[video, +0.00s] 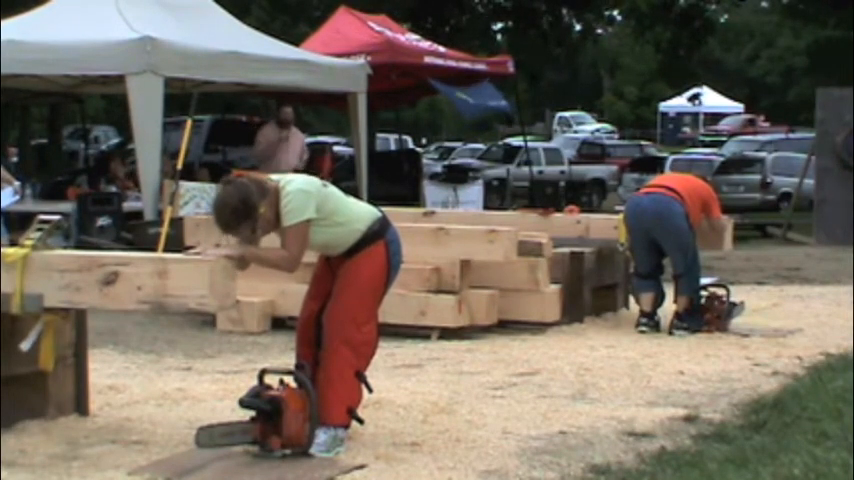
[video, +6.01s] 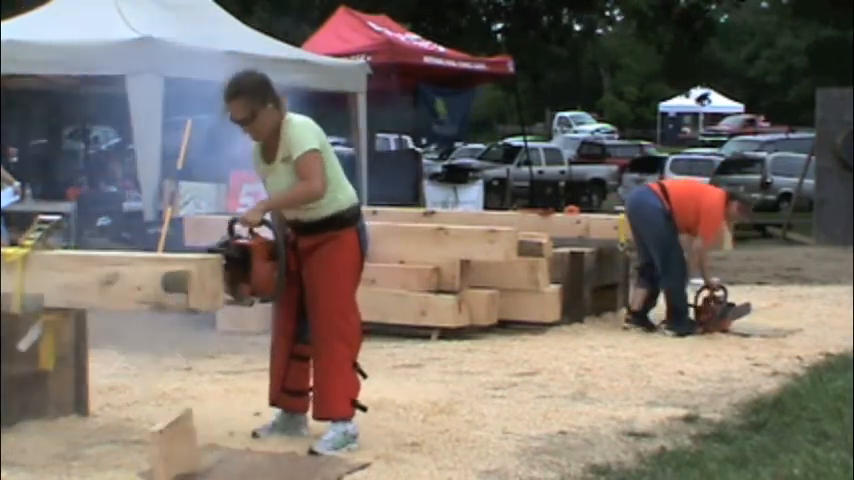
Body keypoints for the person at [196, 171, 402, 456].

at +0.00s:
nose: (257, 233)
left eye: (256, 228)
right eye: (249, 232)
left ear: (262, 206)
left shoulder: (297, 194)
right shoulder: (263, 194)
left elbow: (290, 261)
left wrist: (242, 253)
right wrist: (230, 252)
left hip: (372, 246)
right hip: (337, 252)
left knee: (340, 325)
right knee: (310, 321)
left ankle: (334, 426)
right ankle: (309, 412)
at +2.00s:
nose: (231, 241)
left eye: (230, 231)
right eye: (226, 235)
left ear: (246, 214)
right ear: (247, 215)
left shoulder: (284, 222)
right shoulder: (274, 227)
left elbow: (298, 296)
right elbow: (295, 296)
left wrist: (287, 359)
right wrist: (304, 351)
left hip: (383, 248)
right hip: (364, 252)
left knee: (334, 331)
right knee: (325, 328)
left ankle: (339, 428)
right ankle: (348, 410)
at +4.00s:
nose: (277, 106)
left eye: (281, 96)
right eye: (271, 99)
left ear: (304, 85)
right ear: (270, 95)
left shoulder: (329, 110)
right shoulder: (282, 126)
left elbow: (338, 158)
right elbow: (279, 178)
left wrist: (286, 159)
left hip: (344, 232)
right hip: (307, 234)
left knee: (339, 321)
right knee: (298, 319)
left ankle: (344, 422)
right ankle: (297, 413)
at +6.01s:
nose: (246, 130)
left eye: (249, 120)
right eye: (240, 124)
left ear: (272, 106)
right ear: (239, 119)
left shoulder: (300, 130)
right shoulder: (261, 151)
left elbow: (315, 186)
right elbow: (287, 204)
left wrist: (264, 208)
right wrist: (280, 251)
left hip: (335, 237)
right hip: (298, 240)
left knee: (333, 325)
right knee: (290, 325)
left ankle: (342, 422)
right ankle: (292, 414)